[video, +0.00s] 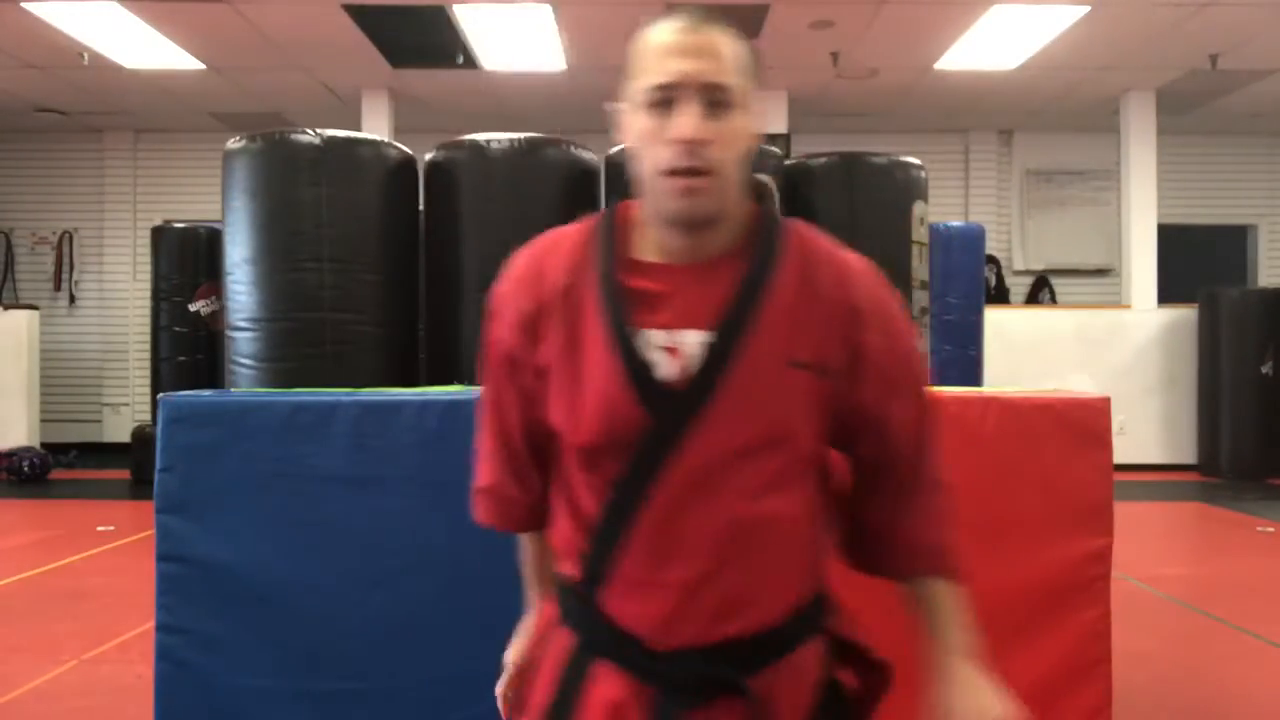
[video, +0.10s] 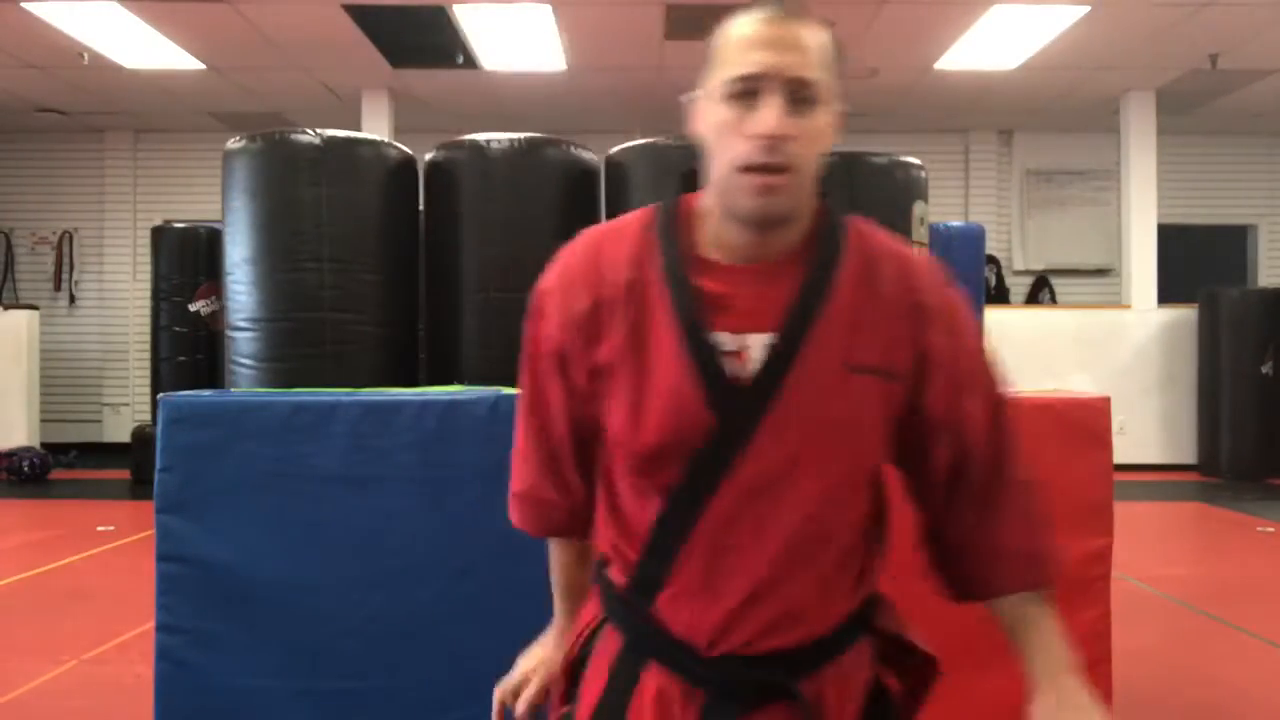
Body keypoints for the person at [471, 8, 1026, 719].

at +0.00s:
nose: (688, 130)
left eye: (716, 104)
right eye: (662, 104)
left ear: (755, 126)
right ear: (623, 126)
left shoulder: (841, 293)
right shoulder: (541, 283)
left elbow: (907, 490)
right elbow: (523, 466)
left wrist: (958, 662)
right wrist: (540, 608)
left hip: (773, 685)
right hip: (591, 679)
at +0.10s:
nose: (772, 126)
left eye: (800, 99)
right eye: (745, 94)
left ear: (835, 127)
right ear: (696, 117)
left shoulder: (906, 292)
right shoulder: (592, 277)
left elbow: (983, 498)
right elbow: (560, 468)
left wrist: (1055, 675)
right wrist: (564, 621)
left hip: (827, 685)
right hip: (638, 677)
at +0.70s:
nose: (717, 125)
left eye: (746, 91)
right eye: (688, 95)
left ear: (793, 104)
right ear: (654, 117)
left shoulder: (923, 266)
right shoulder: (620, 280)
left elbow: (996, 484)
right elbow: (602, 486)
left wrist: (981, 687)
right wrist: (563, 655)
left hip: (857, 690)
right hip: (669, 682)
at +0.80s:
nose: (685, 131)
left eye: (714, 99)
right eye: (658, 102)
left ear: (759, 116)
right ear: (624, 122)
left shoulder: (869, 271)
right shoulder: (586, 288)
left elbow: (924, 472)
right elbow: (537, 489)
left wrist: (888, 645)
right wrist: (484, 653)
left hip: (819, 678)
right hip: (639, 674)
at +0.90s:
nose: (644, 140)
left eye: (673, 112)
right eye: (620, 111)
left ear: (715, 126)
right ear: (586, 128)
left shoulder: (802, 271)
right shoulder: (544, 282)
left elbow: (853, 474)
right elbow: (476, 439)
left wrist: (775, 530)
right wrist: (434, 514)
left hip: (773, 670)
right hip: (605, 665)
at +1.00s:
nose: (606, 150)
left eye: (635, 118)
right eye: (583, 119)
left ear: (677, 124)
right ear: (550, 126)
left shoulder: (769, 253)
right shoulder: (517, 250)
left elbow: (819, 454)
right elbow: (440, 440)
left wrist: (713, 353)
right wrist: (426, 346)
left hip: (739, 655)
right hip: (581, 649)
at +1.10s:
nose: (592, 173)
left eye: (616, 135)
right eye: (567, 140)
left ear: (665, 125)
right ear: (540, 140)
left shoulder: (758, 239)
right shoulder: (517, 230)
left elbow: (799, 411)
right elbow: (424, 380)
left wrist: (710, 219)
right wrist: (441, 214)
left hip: (723, 643)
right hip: (563, 641)